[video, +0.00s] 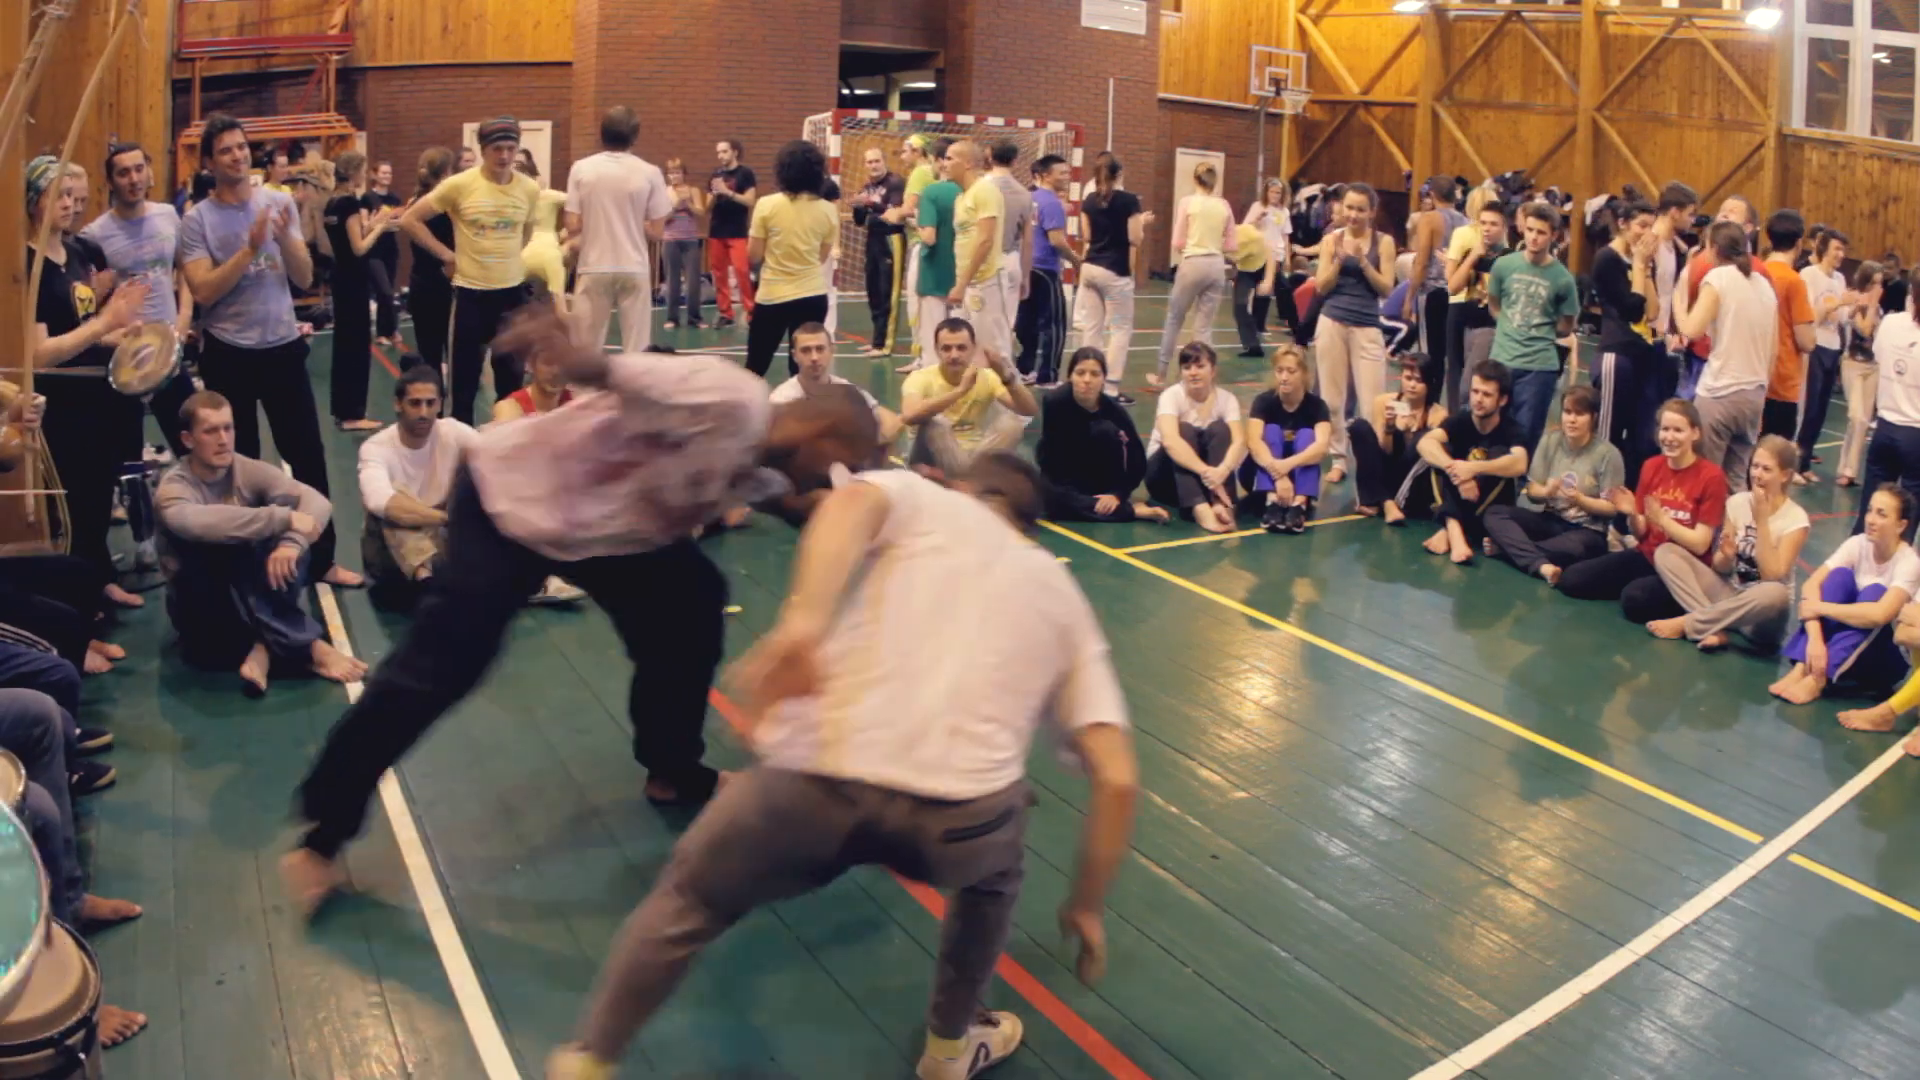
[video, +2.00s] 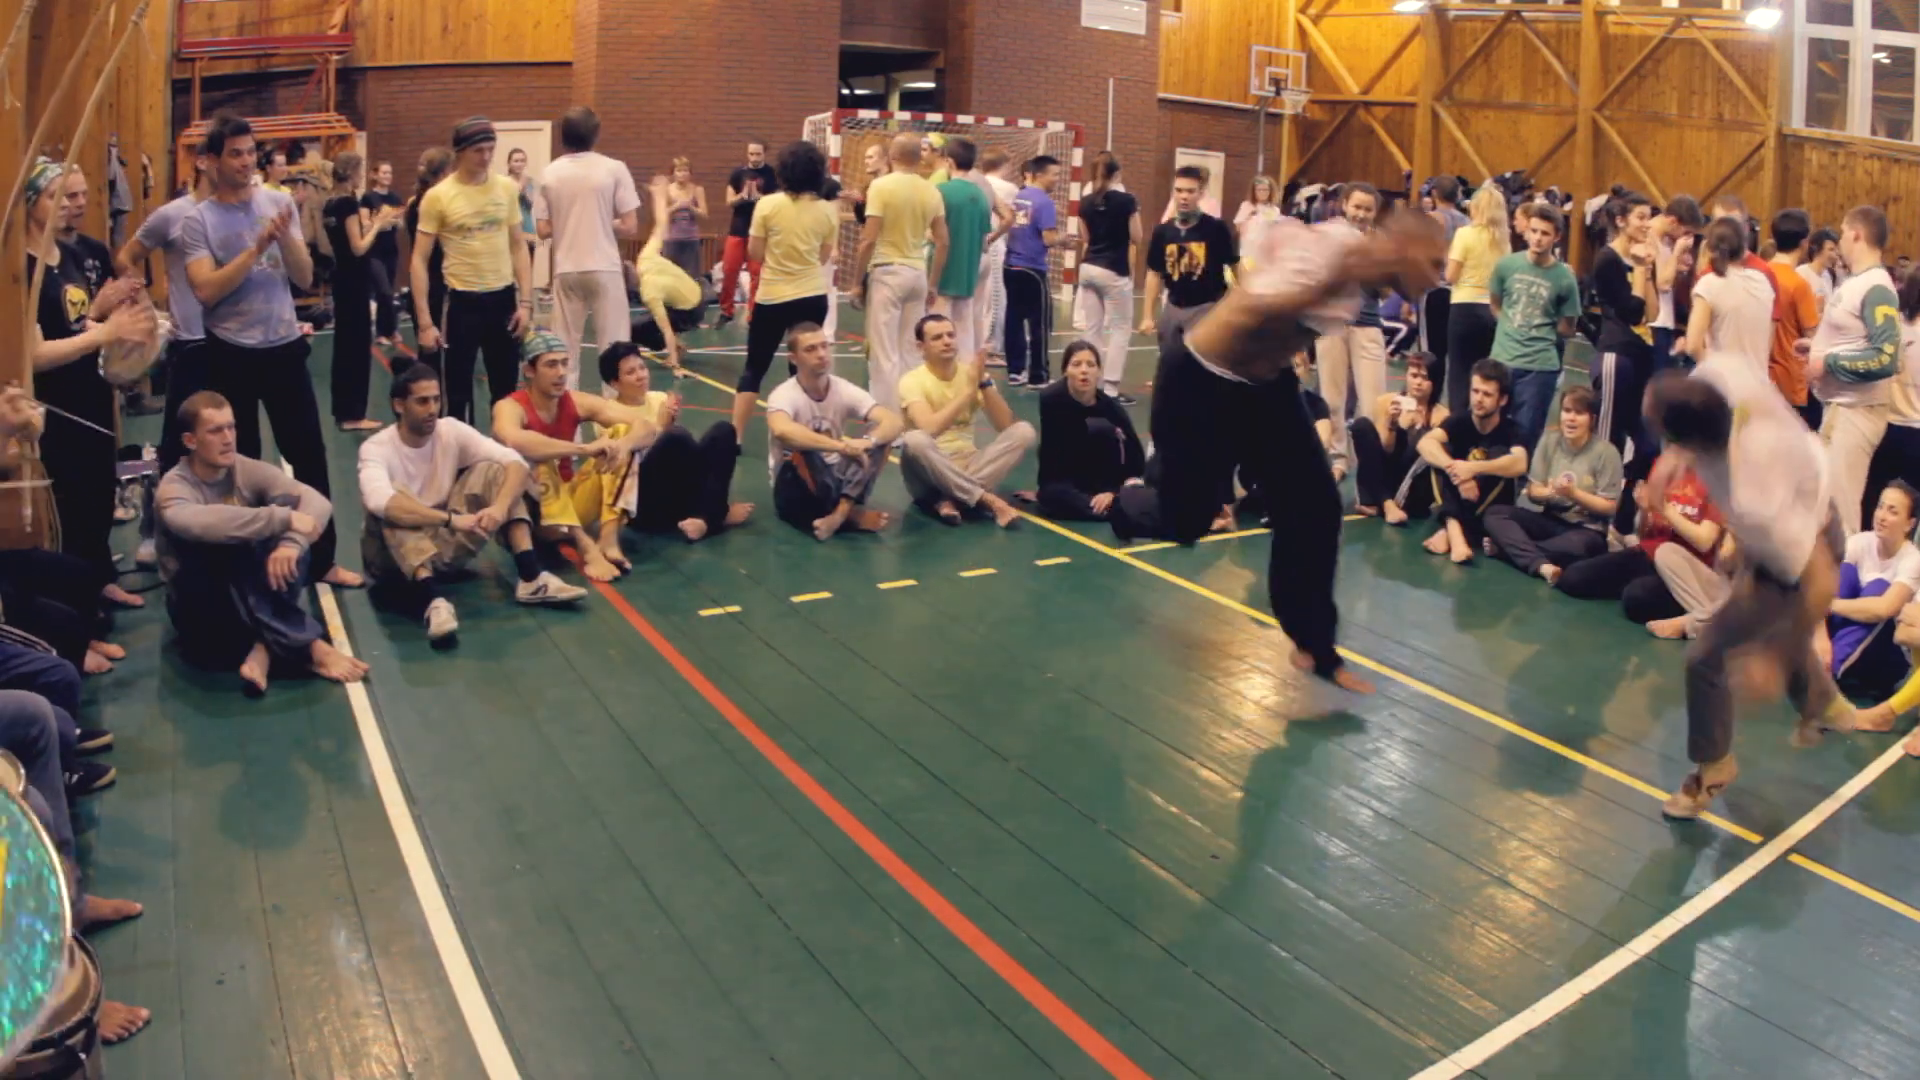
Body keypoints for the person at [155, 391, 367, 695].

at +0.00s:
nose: (223, 440)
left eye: (227, 429)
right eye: (211, 432)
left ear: (235, 430)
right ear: (187, 439)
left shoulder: (245, 469)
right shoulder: (174, 487)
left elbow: (316, 501)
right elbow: (192, 523)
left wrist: (292, 544)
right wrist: (285, 517)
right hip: (208, 615)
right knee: (215, 548)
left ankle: (264, 647)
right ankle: (312, 646)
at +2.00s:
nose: (229, 438)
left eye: (231, 428)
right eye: (216, 431)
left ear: (237, 429)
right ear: (190, 441)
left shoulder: (245, 469)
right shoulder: (174, 487)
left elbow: (317, 502)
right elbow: (191, 523)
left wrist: (291, 544)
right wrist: (284, 518)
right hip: (209, 619)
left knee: (295, 532)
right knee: (213, 546)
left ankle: (265, 646)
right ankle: (310, 645)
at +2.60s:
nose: (228, 439)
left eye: (231, 429)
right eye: (216, 432)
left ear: (237, 429)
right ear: (189, 441)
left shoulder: (246, 469)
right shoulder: (174, 487)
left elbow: (317, 501)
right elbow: (188, 523)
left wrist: (292, 543)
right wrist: (283, 518)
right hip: (207, 613)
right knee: (215, 544)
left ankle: (265, 646)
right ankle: (311, 645)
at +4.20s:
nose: (228, 439)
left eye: (230, 429)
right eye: (215, 432)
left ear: (236, 429)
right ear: (189, 440)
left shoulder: (246, 469)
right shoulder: (174, 487)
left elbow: (317, 502)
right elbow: (191, 523)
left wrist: (292, 544)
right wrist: (283, 517)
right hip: (209, 611)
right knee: (212, 547)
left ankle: (264, 646)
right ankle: (310, 646)